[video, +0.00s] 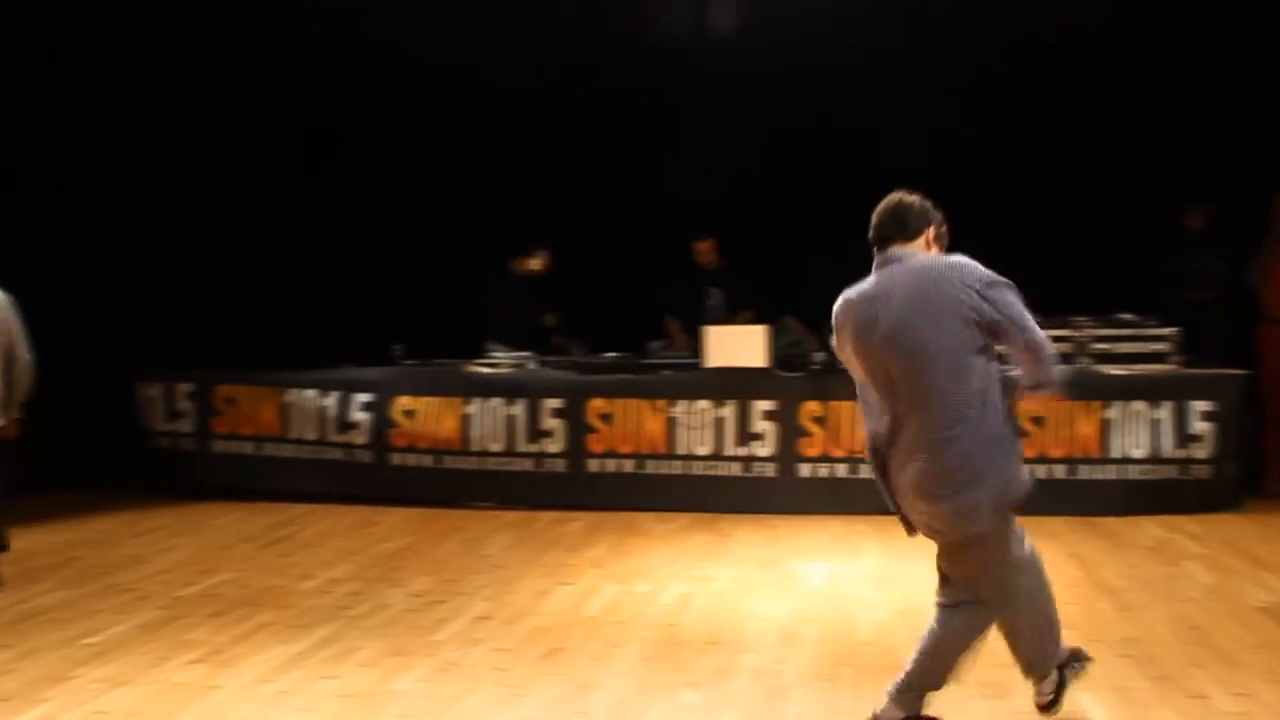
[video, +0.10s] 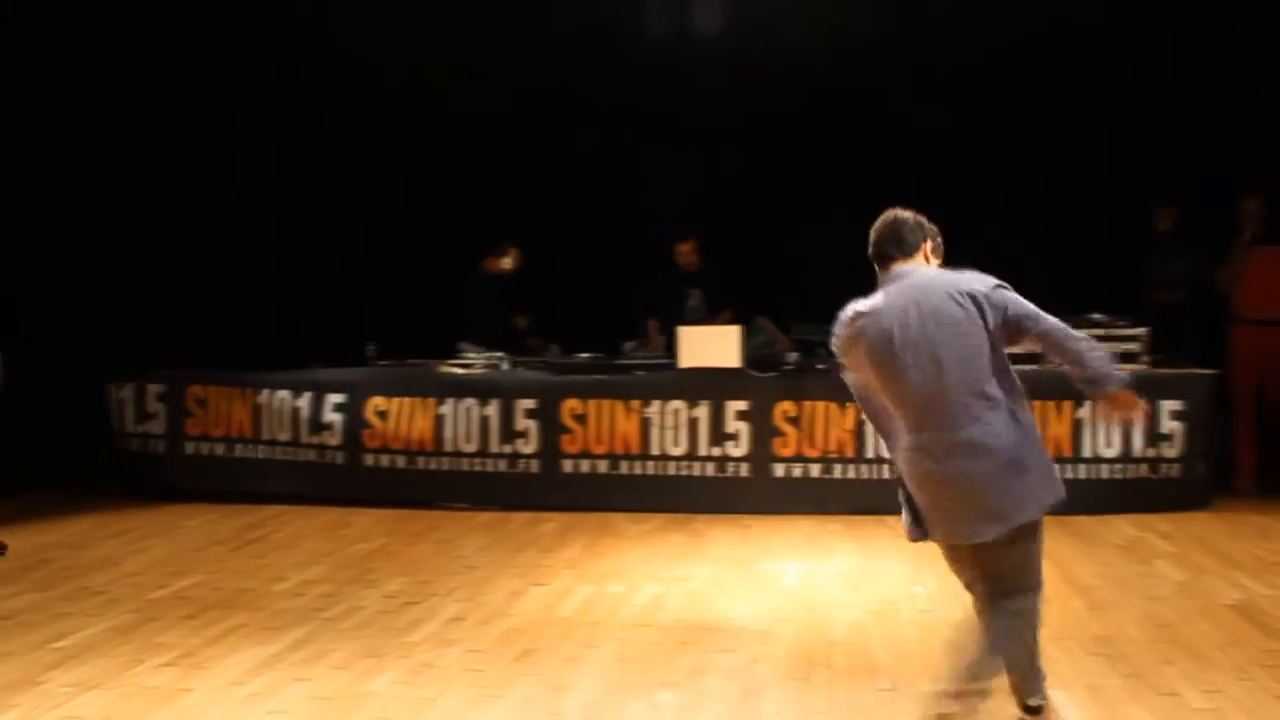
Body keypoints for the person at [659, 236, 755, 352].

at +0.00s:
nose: (705, 258)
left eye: (708, 252)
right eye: (700, 253)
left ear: (715, 252)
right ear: (694, 255)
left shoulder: (731, 275)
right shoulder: (687, 278)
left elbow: (747, 312)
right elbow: (673, 317)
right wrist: (681, 342)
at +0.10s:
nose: (686, 259)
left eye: (690, 254)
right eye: (681, 255)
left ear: (698, 254)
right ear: (675, 257)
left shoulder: (713, 278)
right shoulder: (668, 282)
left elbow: (727, 310)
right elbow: (654, 316)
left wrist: (712, 331)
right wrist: (655, 341)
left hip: (710, 338)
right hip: (677, 340)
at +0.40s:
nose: (668, 264)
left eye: (672, 258)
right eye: (663, 259)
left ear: (679, 258)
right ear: (657, 259)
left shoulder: (693, 279)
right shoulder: (649, 281)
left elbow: (707, 312)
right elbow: (635, 314)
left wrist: (694, 329)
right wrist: (631, 340)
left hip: (691, 338)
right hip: (656, 339)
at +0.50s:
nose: (671, 264)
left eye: (674, 259)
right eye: (666, 260)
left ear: (681, 258)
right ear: (659, 260)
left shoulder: (693, 280)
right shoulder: (652, 281)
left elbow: (708, 313)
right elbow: (639, 315)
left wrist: (693, 328)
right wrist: (632, 340)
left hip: (692, 338)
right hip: (659, 339)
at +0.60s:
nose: (671, 267)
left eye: (675, 262)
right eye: (667, 262)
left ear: (682, 261)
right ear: (660, 262)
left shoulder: (694, 283)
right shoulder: (651, 284)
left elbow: (709, 315)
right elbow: (632, 316)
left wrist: (690, 328)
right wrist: (631, 345)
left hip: (692, 341)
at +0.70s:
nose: (670, 267)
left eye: (673, 263)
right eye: (666, 263)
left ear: (680, 261)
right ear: (659, 262)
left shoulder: (692, 284)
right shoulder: (649, 285)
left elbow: (709, 315)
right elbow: (625, 317)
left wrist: (687, 330)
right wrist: (628, 345)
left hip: (689, 342)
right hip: (655, 344)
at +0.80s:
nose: (667, 266)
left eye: (670, 262)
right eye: (663, 262)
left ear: (677, 260)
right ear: (656, 261)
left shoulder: (688, 282)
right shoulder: (646, 283)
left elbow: (703, 318)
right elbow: (623, 315)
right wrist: (626, 343)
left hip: (685, 341)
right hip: (652, 342)